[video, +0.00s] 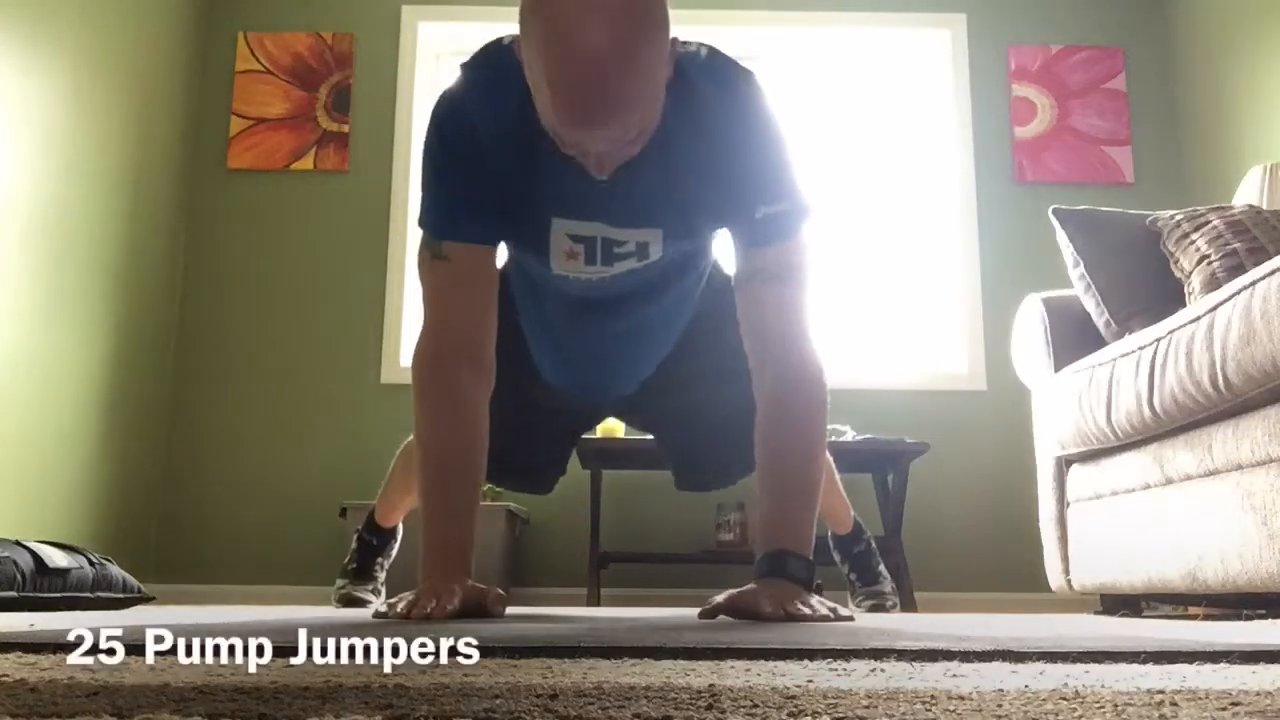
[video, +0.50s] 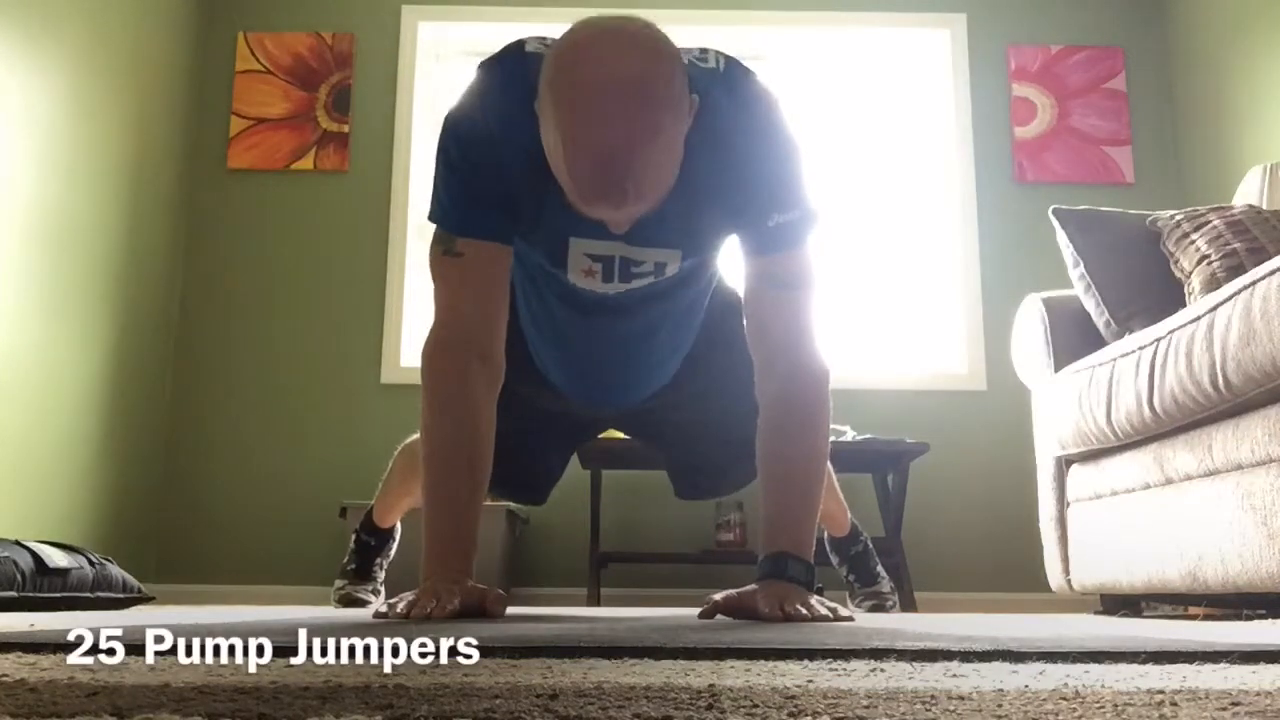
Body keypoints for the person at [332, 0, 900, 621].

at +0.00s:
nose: (600, 166)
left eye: (626, 142)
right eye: (574, 145)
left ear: (668, 65)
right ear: (526, 71)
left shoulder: (726, 103)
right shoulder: (475, 115)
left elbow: (784, 353)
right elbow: (453, 356)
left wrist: (785, 573)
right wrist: (444, 582)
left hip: (681, 315)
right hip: (536, 317)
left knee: (788, 431)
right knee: (444, 442)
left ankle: (854, 547)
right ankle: (375, 533)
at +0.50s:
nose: (613, 216)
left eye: (636, 200)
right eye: (589, 200)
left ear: (686, 115)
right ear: (546, 119)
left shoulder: (744, 122)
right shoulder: (489, 120)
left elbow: (789, 358)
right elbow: (461, 351)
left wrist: (786, 575)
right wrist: (445, 584)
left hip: (685, 336)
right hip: (534, 337)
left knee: (787, 442)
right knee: (445, 453)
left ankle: (848, 544)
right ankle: (375, 521)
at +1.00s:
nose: (605, 283)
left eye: (631, 269)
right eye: (584, 267)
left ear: (672, 167)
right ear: (536, 176)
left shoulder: (731, 154)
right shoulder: (482, 145)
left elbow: (768, 369)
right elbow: (459, 361)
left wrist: (776, 571)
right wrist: (448, 578)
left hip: (671, 330)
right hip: (529, 338)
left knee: (771, 439)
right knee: (449, 452)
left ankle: (854, 549)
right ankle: (374, 534)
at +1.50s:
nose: (604, 132)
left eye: (635, 93)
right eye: (578, 93)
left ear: (678, 73)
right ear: (541, 72)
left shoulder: (734, 118)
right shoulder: (491, 122)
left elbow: (778, 362)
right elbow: (459, 356)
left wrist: (779, 574)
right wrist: (444, 580)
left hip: (692, 349)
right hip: (542, 345)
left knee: (788, 455)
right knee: (449, 446)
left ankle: (858, 554)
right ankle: (382, 550)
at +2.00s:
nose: (609, 113)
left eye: (643, 71)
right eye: (579, 70)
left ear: (685, 63)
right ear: (544, 63)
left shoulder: (733, 118)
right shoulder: (493, 117)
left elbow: (780, 358)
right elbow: (459, 352)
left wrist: (783, 574)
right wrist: (445, 582)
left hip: (687, 356)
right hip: (532, 355)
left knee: (786, 454)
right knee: (445, 455)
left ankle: (859, 558)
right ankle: (377, 545)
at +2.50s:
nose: (598, 81)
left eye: (632, 45)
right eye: (575, 46)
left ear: (676, 58)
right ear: (543, 54)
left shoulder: (728, 136)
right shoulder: (490, 142)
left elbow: (770, 359)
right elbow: (462, 360)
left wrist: (782, 575)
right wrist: (446, 582)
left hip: (691, 384)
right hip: (538, 384)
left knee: (787, 470)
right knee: (448, 467)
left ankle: (860, 557)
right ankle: (382, 553)